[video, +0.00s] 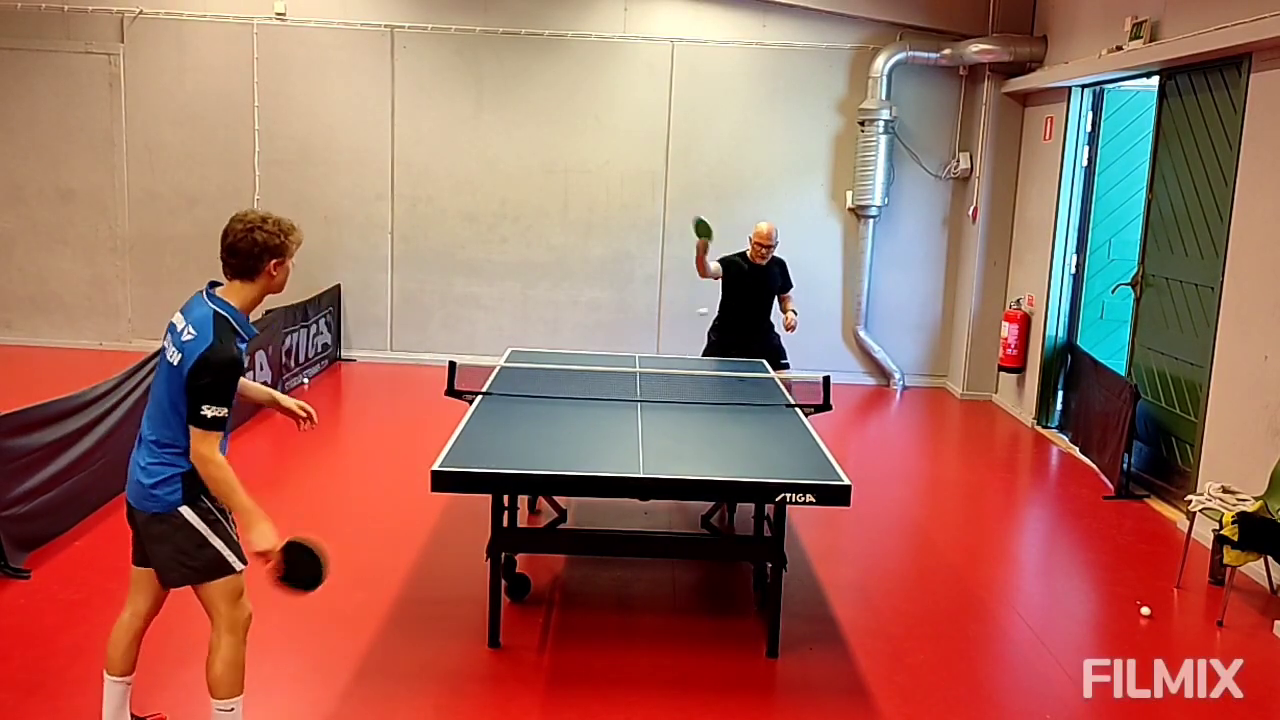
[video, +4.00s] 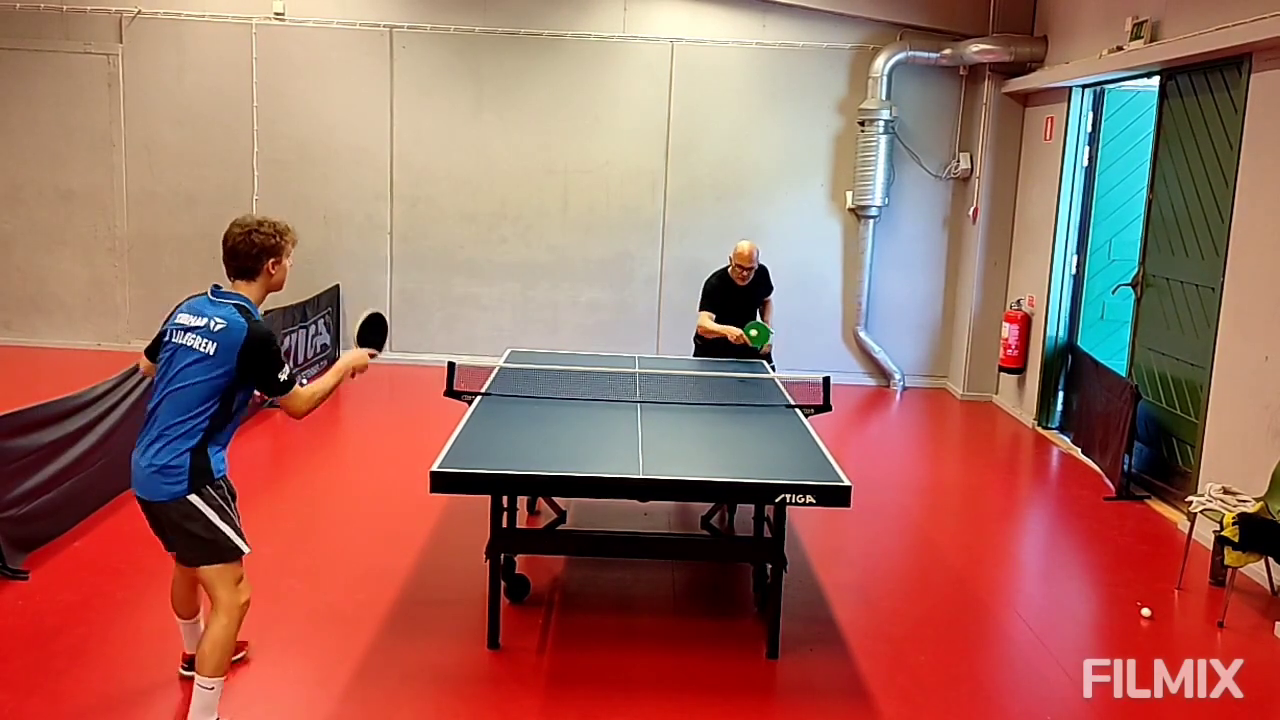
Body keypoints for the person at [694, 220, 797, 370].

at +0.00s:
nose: (763, 252)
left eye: (769, 247)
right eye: (759, 246)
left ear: (776, 246)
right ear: (750, 241)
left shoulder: (778, 266)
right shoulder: (734, 263)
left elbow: (785, 298)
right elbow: (705, 272)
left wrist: (790, 313)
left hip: (762, 337)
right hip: (726, 335)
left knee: (784, 383)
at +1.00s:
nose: (782, 228)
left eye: (787, 225)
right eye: (777, 223)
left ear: (795, 228)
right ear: (769, 224)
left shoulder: (800, 258)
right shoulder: (749, 251)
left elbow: (804, 290)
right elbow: (724, 285)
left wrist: (804, 308)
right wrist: (744, 301)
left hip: (778, 334)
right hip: (741, 331)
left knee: (789, 386)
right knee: (719, 381)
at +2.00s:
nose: (750, 228)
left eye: (755, 223)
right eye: (745, 223)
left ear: (767, 222)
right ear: (740, 222)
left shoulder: (781, 252)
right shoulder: (727, 249)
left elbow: (793, 287)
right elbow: (704, 281)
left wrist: (786, 318)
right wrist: (714, 286)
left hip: (763, 334)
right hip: (727, 332)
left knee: (774, 388)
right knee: (716, 386)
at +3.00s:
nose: (772, 230)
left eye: (778, 226)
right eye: (768, 224)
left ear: (789, 229)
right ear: (763, 225)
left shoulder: (799, 259)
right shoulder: (745, 254)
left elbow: (808, 295)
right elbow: (719, 284)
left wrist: (798, 319)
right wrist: (725, 295)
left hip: (778, 339)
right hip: (742, 336)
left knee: (787, 390)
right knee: (728, 388)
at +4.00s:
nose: (744, 274)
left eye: (750, 269)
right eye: (740, 268)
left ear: (757, 265)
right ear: (731, 261)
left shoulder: (761, 274)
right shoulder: (715, 283)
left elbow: (766, 302)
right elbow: (702, 326)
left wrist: (766, 331)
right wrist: (727, 331)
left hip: (750, 352)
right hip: (712, 352)